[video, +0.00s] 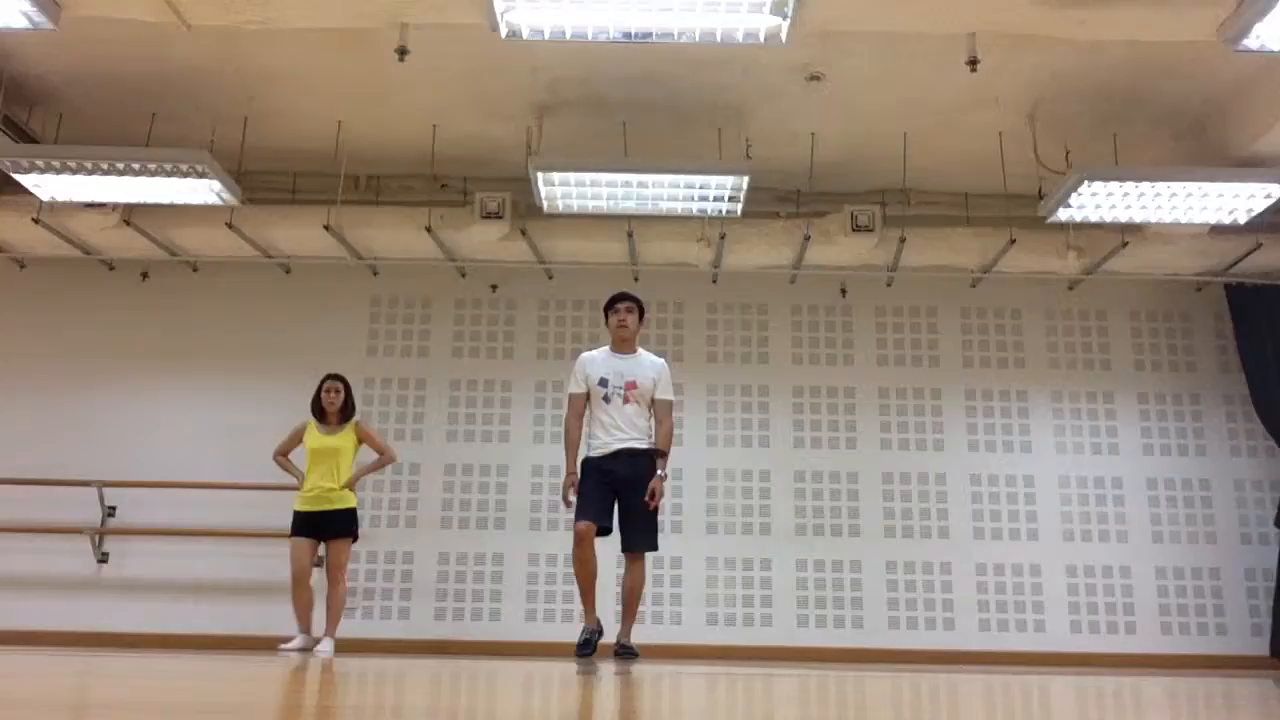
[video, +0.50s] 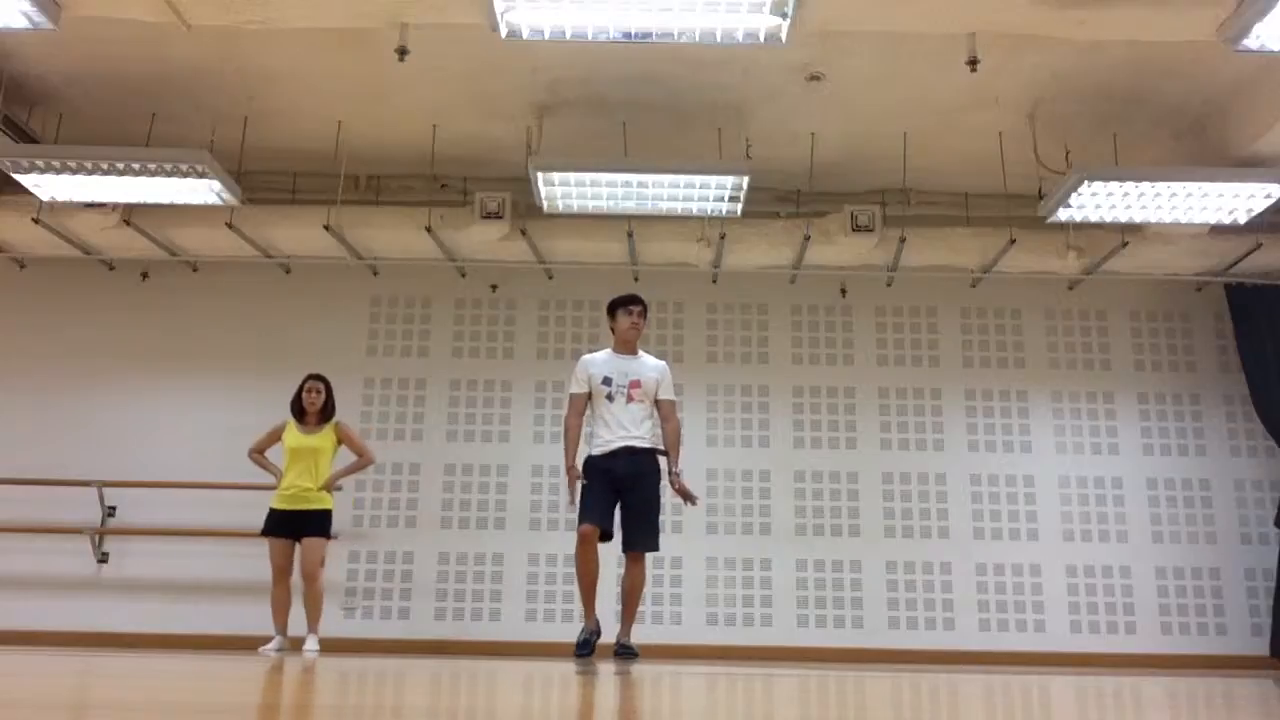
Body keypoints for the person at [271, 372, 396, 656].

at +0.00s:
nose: (331, 396)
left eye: (337, 391)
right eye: (327, 391)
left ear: (346, 397)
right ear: (319, 396)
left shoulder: (356, 428)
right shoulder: (308, 428)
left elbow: (390, 455)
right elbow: (278, 455)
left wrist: (357, 476)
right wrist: (300, 476)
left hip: (340, 506)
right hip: (307, 506)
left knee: (336, 575)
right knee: (299, 572)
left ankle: (328, 638)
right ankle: (304, 635)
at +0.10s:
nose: (329, 396)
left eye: (335, 391)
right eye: (324, 391)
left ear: (343, 397)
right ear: (317, 396)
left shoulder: (353, 428)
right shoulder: (305, 428)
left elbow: (388, 455)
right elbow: (277, 455)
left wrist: (355, 475)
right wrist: (298, 475)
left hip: (338, 506)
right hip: (305, 506)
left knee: (335, 575)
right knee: (294, 573)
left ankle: (328, 638)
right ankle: (294, 635)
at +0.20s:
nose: (324, 395)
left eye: (330, 391)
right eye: (320, 391)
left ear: (339, 396)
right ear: (313, 395)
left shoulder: (349, 427)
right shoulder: (301, 427)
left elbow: (382, 455)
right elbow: (272, 454)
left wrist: (349, 476)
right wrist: (292, 474)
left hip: (332, 506)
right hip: (298, 505)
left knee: (331, 576)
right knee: (287, 575)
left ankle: (328, 638)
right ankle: (282, 636)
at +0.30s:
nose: (319, 396)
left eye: (325, 391)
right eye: (315, 391)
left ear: (334, 396)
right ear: (308, 395)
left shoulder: (343, 427)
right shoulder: (295, 426)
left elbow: (375, 456)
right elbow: (264, 453)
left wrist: (342, 476)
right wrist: (285, 473)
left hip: (324, 505)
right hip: (291, 504)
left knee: (324, 576)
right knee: (282, 573)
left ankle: (326, 637)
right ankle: (281, 636)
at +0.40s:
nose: (315, 396)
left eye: (321, 391)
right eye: (311, 391)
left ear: (329, 397)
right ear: (303, 395)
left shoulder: (339, 428)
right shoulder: (290, 427)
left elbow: (370, 456)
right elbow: (258, 452)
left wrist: (338, 477)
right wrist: (279, 472)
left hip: (319, 506)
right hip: (286, 505)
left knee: (316, 576)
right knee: (281, 574)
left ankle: (322, 636)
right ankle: (280, 636)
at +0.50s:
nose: (312, 396)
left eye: (318, 392)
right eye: (308, 391)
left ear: (326, 397)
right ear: (300, 395)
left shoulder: (336, 428)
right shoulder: (287, 427)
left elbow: (368, 457)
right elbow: (254, 452)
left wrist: (335, 477)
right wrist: (277, 472)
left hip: (316, 507)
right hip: (283, 505)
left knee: (311, 574)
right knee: (280, 574)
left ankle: (312, 635)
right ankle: (280, 636)